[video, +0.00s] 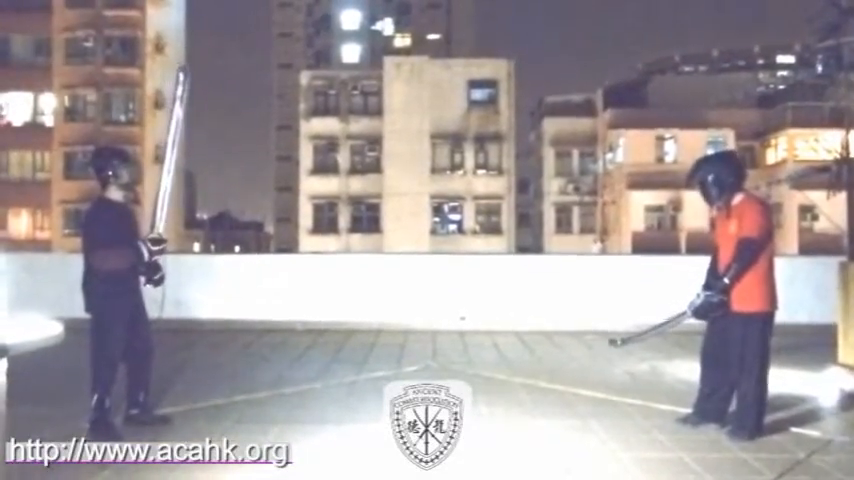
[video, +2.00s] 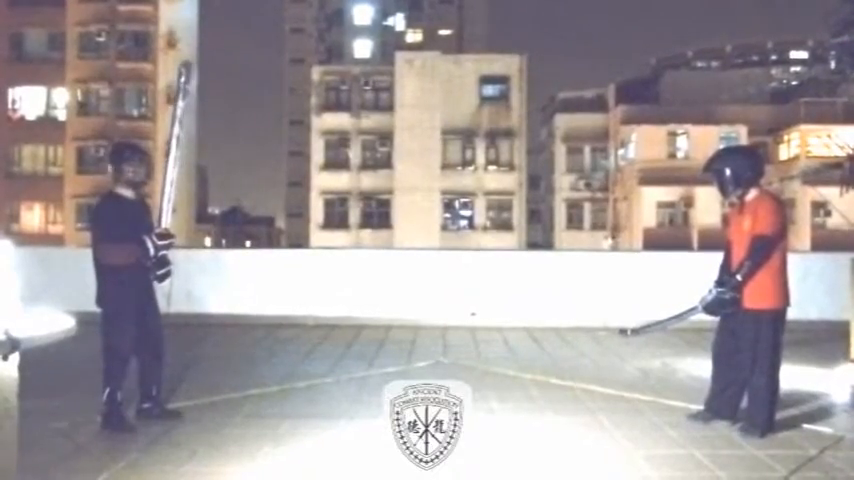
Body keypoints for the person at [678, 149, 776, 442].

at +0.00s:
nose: (704, 192)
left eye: (706, 184)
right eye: (702, 185)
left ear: (722, 180)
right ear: (716, 182)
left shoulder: (752, 208)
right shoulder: (721, 213)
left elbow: (748, 250)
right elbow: (719, 257)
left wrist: (722, 288)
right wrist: (708, 290)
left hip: (753, 303)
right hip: (727, 301)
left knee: (750, 364)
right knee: (716, 357)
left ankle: (746, 422)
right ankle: (708, 410)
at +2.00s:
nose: (719, 186)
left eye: (722, 178)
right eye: (718, 179)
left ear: (738, 176)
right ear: (735, 178)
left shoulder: (767, 205)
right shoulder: (735, 209)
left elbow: (762, 248)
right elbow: (731, 252)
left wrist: (735, 283)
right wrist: (720, 284)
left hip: (765, 300)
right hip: (739, 297)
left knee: (761, 361)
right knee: (727, 353)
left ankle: (758, 419)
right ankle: (720, 407)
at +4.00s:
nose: (703, 167)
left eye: (706, 160)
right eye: (702, 161)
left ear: (722, 158)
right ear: (717, 160)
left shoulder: (751, 188)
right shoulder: (719, 193)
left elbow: (744, 231)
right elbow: (714, 235)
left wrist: (717, 266)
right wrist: (704, 267)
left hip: (747, 280)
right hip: (722, 278)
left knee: (743, 340)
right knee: (711, 333)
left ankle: (741, 397)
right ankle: (704, 385)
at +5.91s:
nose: (705, 161)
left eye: (710, 154)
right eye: (706, 155)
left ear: (726, 157)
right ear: (718, 158)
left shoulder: (745, 193)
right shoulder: (714, 193)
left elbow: (737, 235)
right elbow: (708, 236)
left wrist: (712, 269)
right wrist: (698, 268)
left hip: (740, 283)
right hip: (715, 281)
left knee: (737, 345)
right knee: (705, 338)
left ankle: (736, 401)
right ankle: (700, 389)